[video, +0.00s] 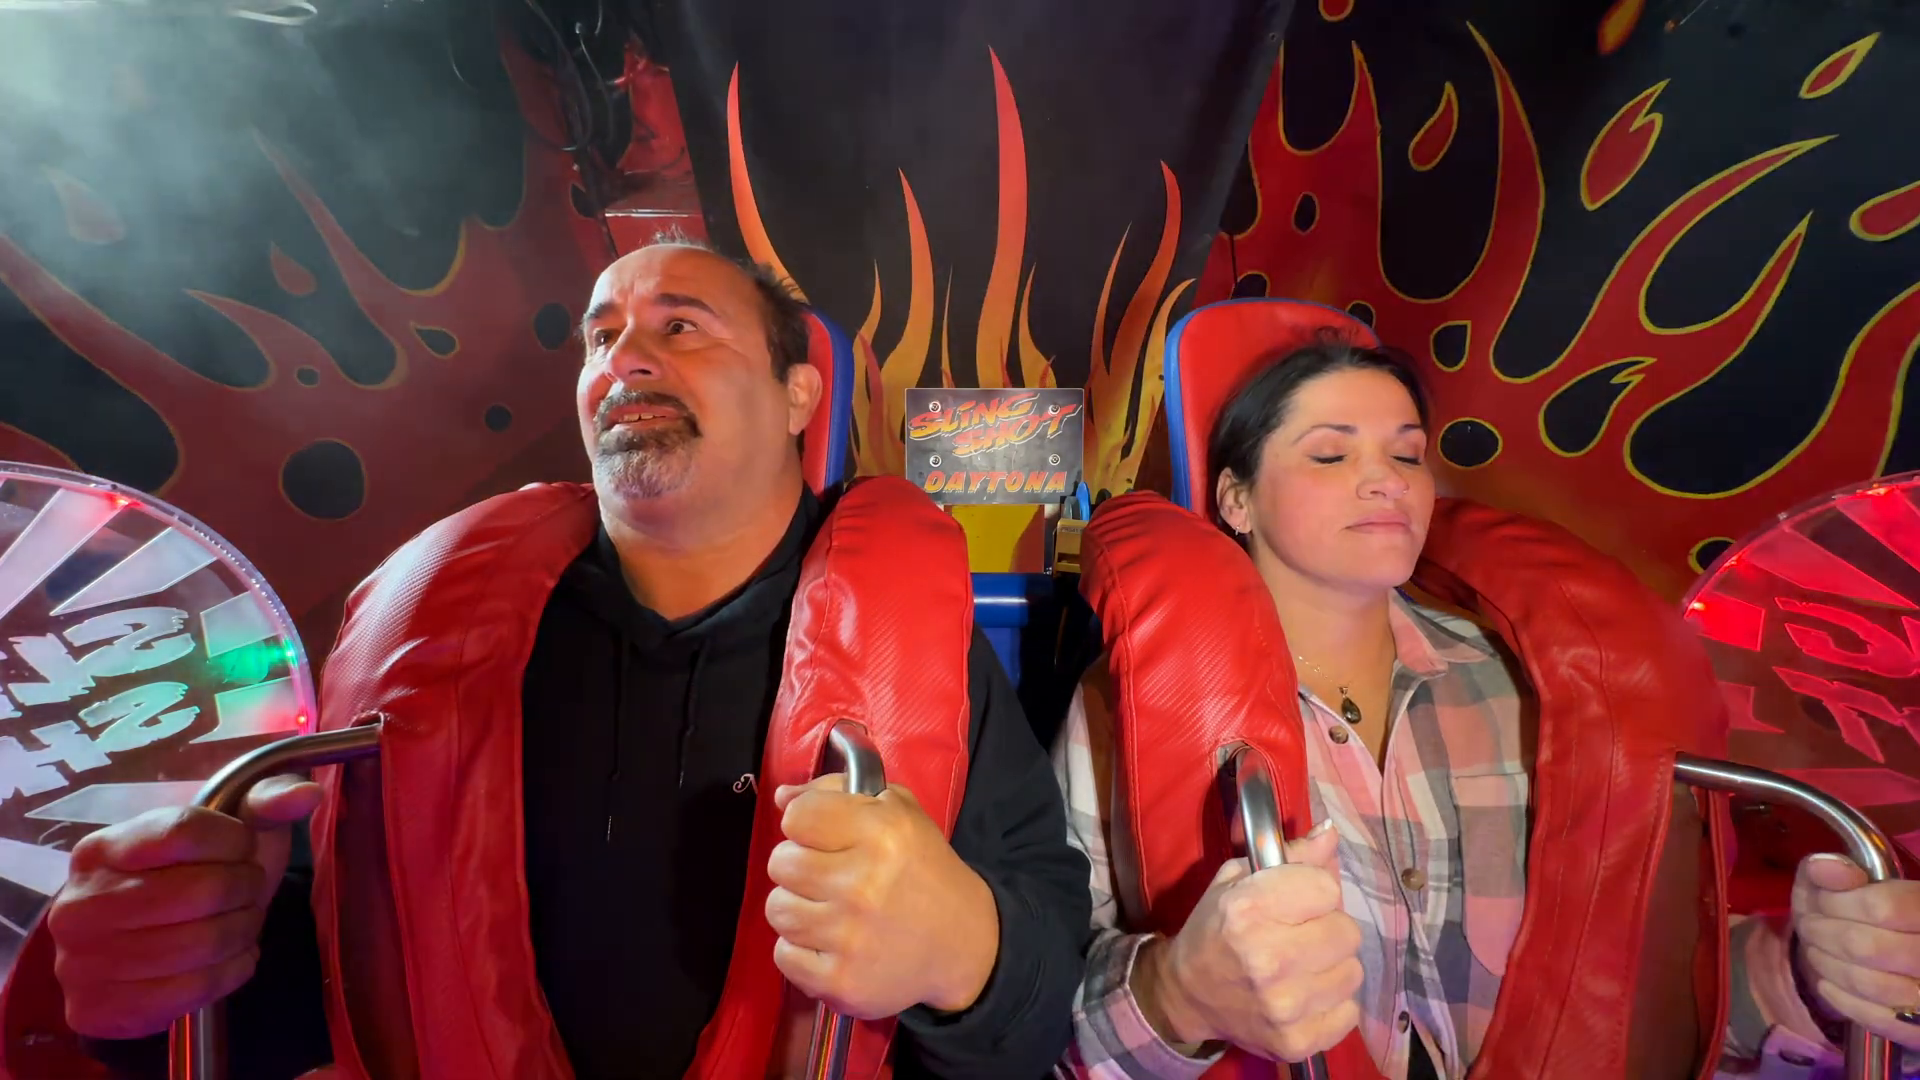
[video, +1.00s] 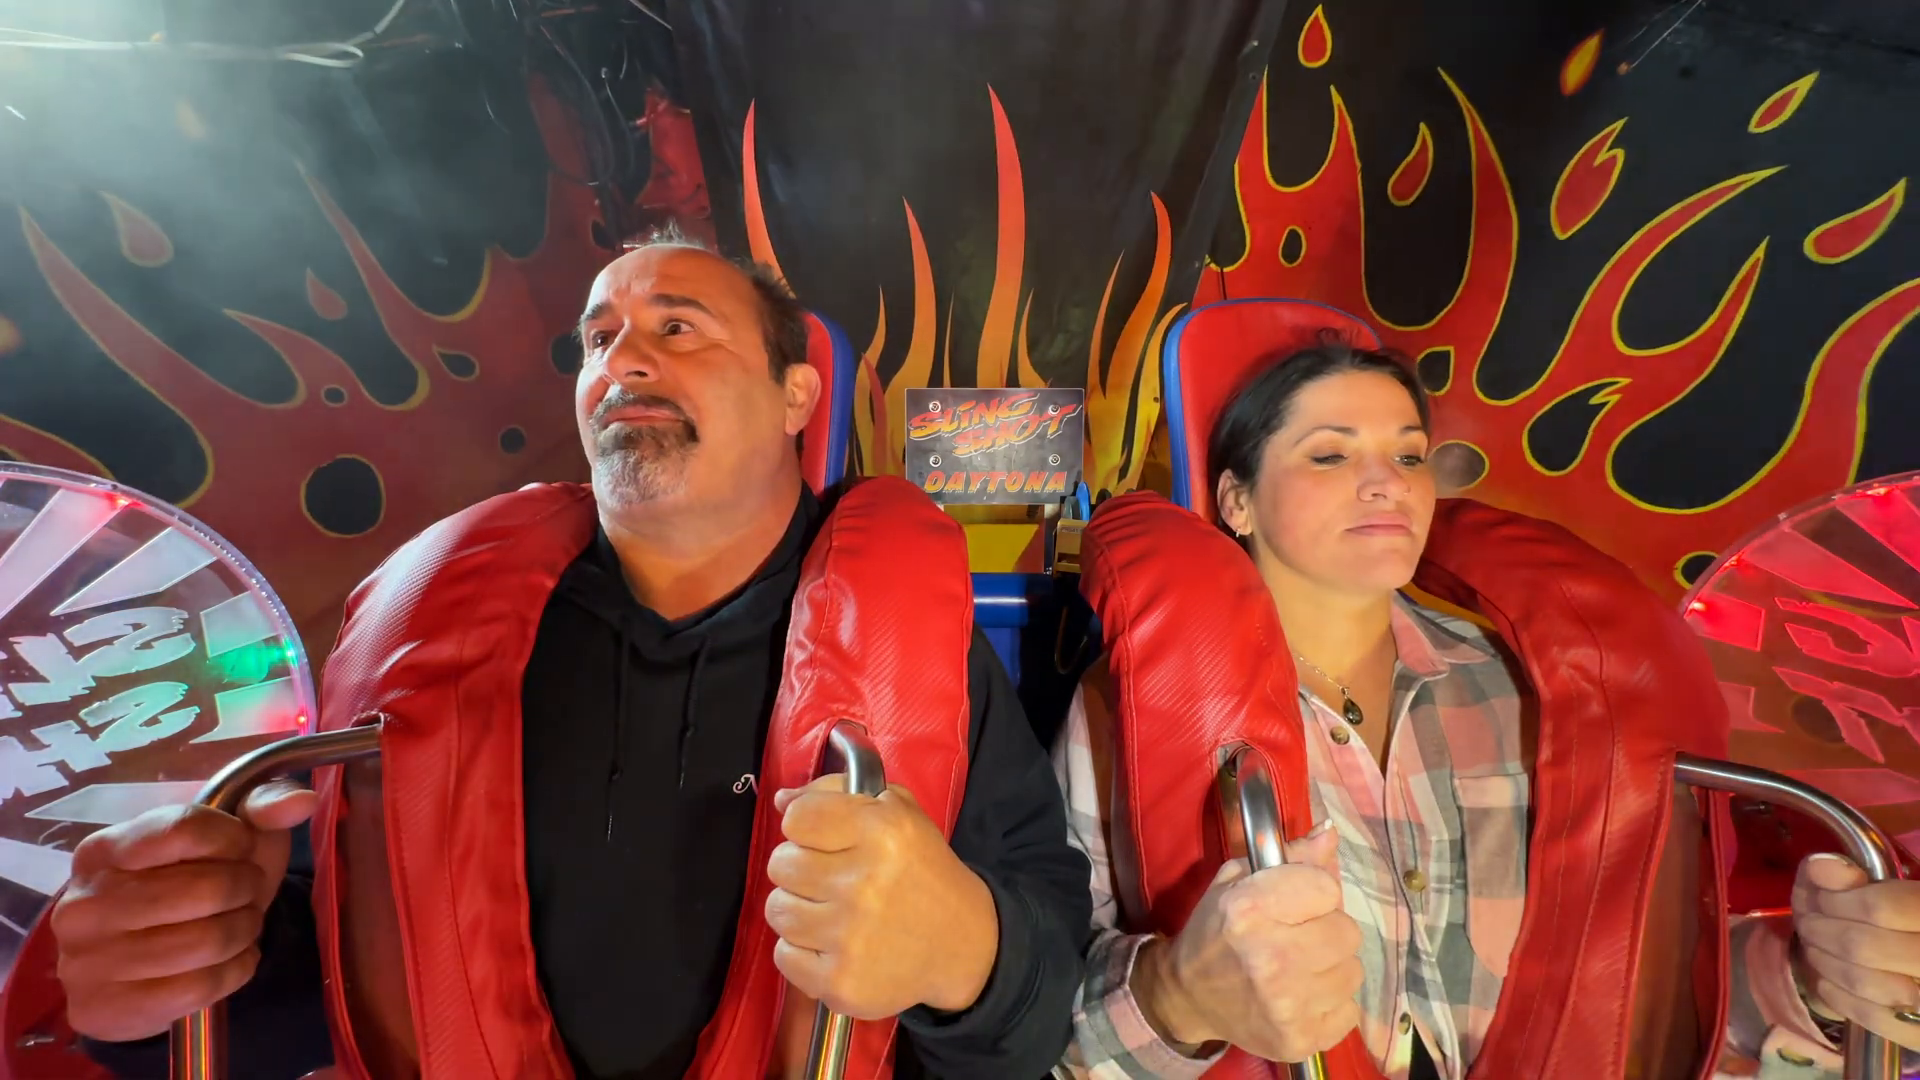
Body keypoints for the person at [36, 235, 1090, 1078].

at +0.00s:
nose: (623, 361)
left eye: (683, 324)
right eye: (600, 340)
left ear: (799, 396)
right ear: (577, 413)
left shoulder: (918, 652)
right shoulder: (440, 638)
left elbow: (1045, 1011)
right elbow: (315, 985)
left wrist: (971, 950)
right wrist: (110, 981)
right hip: (490, 1067)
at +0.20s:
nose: (623, 359)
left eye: (684, 323)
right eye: (601, 339)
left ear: (800, 396)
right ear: (577, 414)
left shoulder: (921, 646)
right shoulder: (441, 632)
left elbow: (1045, 1003)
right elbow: (320, 983)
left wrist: (970, 949)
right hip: (490, 1066)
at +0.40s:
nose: (614, 368)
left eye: (678, 328)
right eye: (596, 343)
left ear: (797, 397)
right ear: (573, 410)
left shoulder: (918, 652)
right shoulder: (441, 639)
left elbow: (1044, 969)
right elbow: (305, 952)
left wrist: (976, 950)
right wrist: (73, 984)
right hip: (487, 1067)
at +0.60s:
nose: (619, 368)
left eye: (678, 331)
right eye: (598, 348)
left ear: (795, 397)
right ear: (571, 416)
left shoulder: (919, 657)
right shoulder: (435, 638)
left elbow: (1038, 1012)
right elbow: (295, 966)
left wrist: (977, 953)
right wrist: (73, 983)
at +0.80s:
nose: (620, 368)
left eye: (679, 328)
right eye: (598, 348)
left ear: (796, 397)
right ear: (574, 419)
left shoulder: (919, 655)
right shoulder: (432, 638)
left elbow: (1039, 1010)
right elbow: (292, 963)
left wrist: (978, 953)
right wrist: (77, 983)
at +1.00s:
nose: (622, 367)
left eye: (682, 328)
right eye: (600, 345)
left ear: (796, 399)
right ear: (573, 416)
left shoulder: (921, 653)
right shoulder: (428, 634)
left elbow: (1040, 1012)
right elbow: (287, 953)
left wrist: (977, 953)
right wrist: (80, 976)